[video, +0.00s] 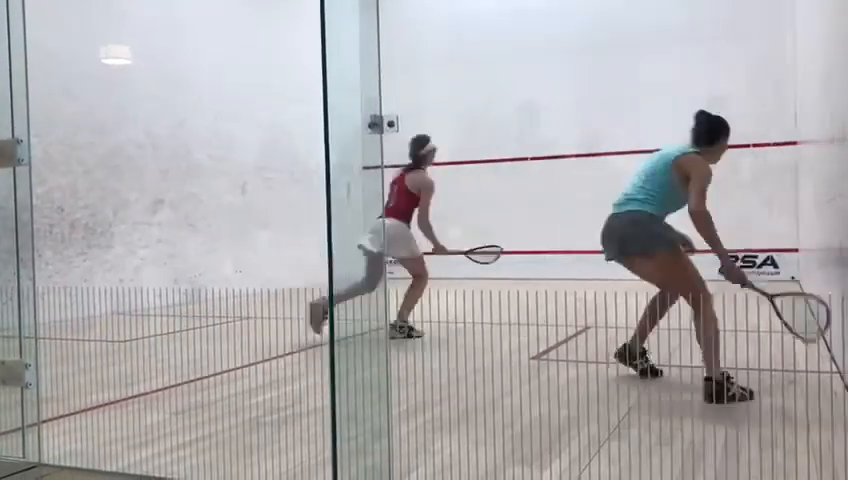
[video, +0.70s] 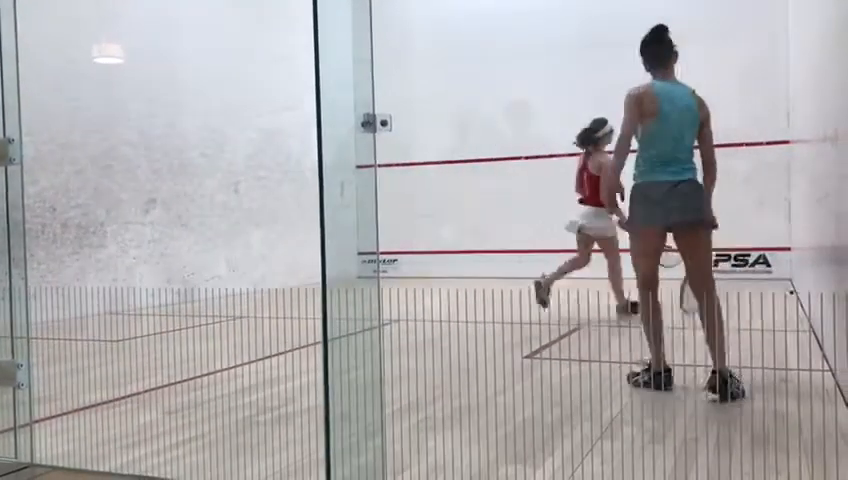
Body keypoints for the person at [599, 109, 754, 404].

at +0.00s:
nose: (724, 151)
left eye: (725, 145)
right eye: (724, 145)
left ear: (697, 137)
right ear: (718, 144)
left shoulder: (669, 156)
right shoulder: (698, 165)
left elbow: (641, 206)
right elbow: (697, 211)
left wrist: (675, 235)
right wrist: (724, 259)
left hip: (615, 230)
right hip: (640, 228)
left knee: (672, 288)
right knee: (700, 298)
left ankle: (633, 348)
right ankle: (716, 379)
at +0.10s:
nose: (740, 137)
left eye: (741, 130)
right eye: (741, 130)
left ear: (714, 123)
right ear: (737, 129)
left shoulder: (685, 144)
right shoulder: (717, 152)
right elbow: (701, 200)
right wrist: (716, 254)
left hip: (631, 220)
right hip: (657, 218)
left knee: (680, 290)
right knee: (711, 288)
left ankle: (640, 353)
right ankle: (716, 379)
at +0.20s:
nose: (743, 114)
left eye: (744, 107)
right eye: (744, 107)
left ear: (716, 99)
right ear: (738, 105)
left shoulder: (685, 125)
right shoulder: (724, 130)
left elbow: (634, 147)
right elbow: (704, 170)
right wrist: (714, 227)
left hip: (641, 206)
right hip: (671, 205)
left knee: (681, 286)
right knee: (711, 286)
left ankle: (639, 353)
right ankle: (714, 379)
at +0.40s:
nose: (729, 73)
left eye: (727, 68)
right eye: (730, 68)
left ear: (697, 67)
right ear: (727, 68)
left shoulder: (673, 96)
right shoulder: (730, 107)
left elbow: (627, 112)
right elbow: (729, 150)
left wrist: (614, 158)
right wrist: (739, 207)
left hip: (654, 193)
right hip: (695, 195)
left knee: (663, 283)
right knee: (710, 289)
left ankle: (644, 363)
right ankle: (713, 378)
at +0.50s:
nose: (714, 65)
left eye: (708, 61)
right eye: (714, 61)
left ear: (682, 62)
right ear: (712, 62)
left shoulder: (663, 94)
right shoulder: (723, 105)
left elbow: (634, 127)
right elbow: (739, 163)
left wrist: (615, 175)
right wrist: (744, 214)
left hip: (657, 196)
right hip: (700, 197)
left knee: (654, 284)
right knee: (709, 289)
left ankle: (648, 369)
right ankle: (713, 376)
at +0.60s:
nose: (682, 63)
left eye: (670, 58)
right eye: (689, 56)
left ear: (662, 59)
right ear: (695, 57)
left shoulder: (650, 94)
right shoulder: (712, 101)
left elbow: (634, 135)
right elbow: (726, 160)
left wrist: (621, 176)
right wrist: (729, 209)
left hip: (657, 195)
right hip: (700, 195)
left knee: (648, 284)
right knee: (707, 289)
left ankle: (656, 369)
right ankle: (716, 375)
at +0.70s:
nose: (663, 64)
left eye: (648, 62)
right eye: (672, 57)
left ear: (645, 62)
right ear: (675, 58)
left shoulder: (639, 97)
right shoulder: (697, 101)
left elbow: (622, 146)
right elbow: (709, 163)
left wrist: (612, 181)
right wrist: (706, 203)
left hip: (649, 197)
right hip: (690, 196)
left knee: (647, 285)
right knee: (704, 286)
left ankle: (658, 366)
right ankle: (721, 371)